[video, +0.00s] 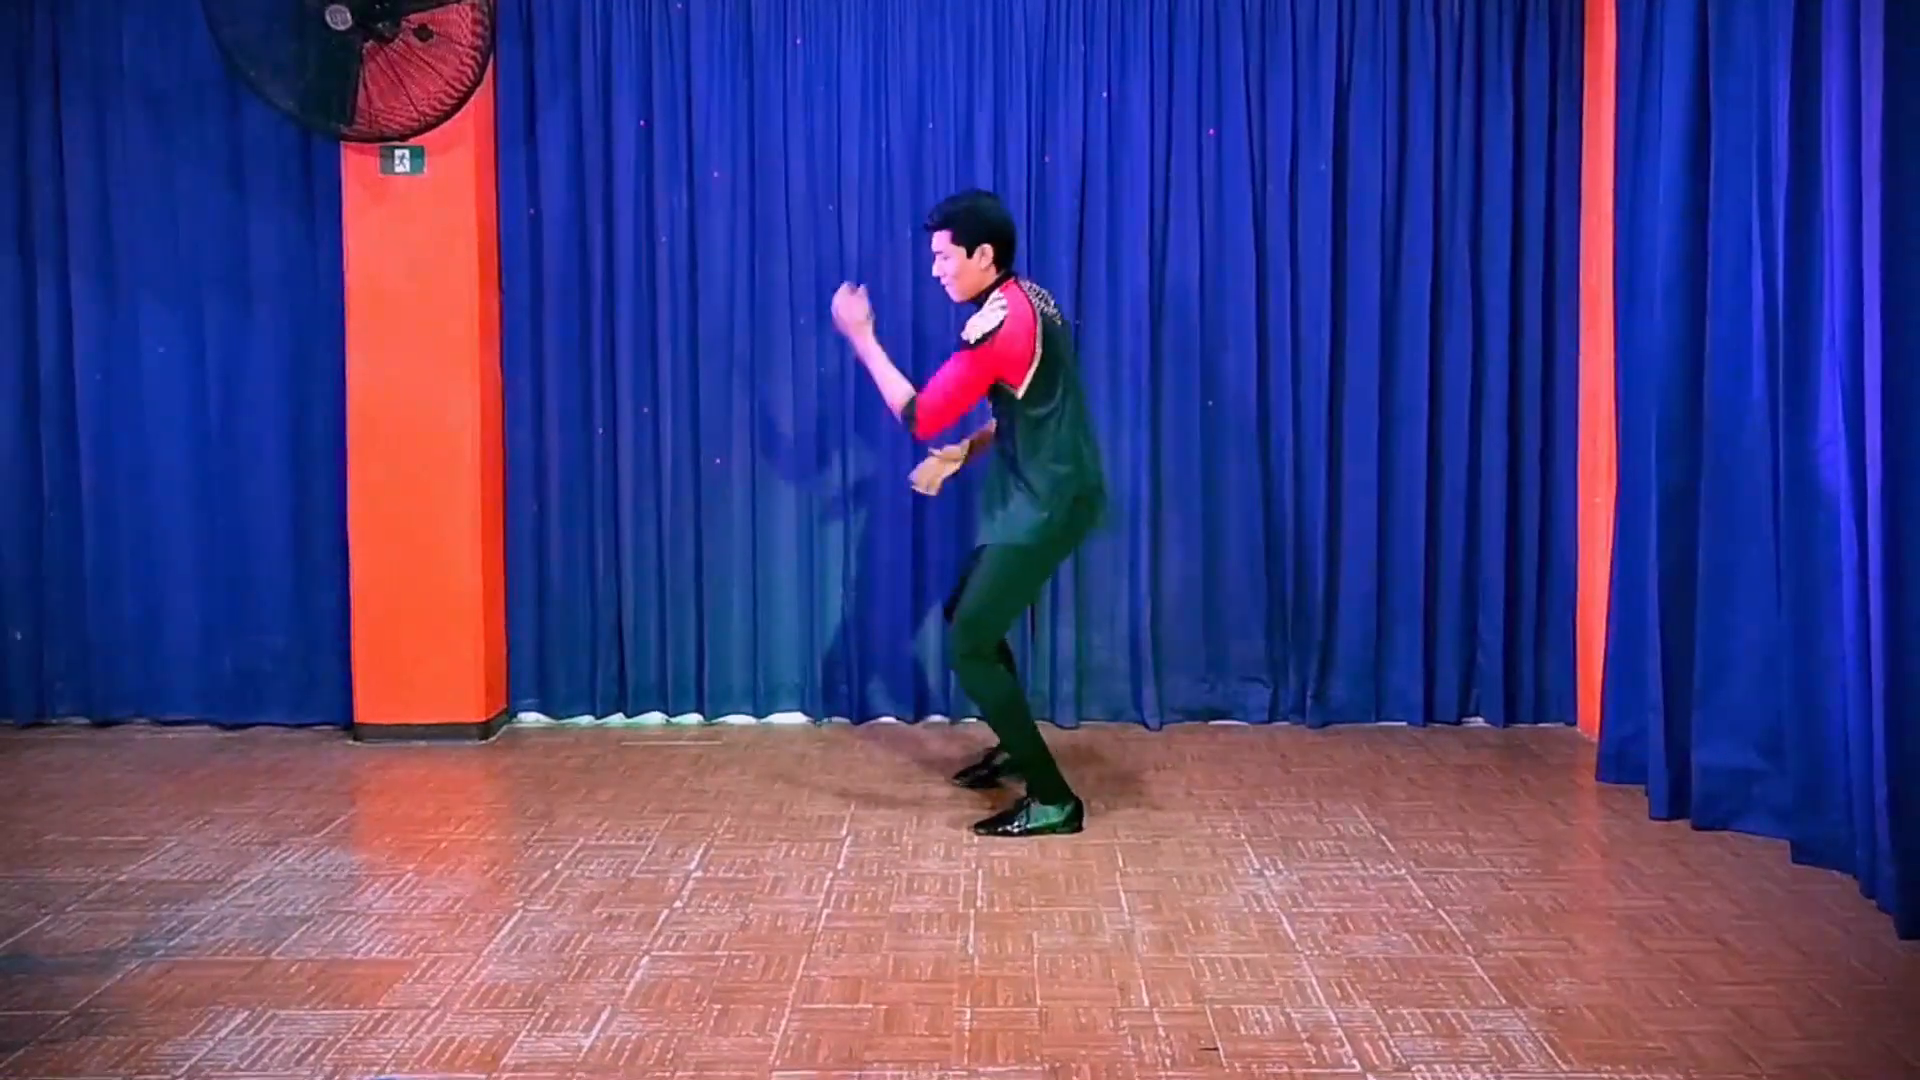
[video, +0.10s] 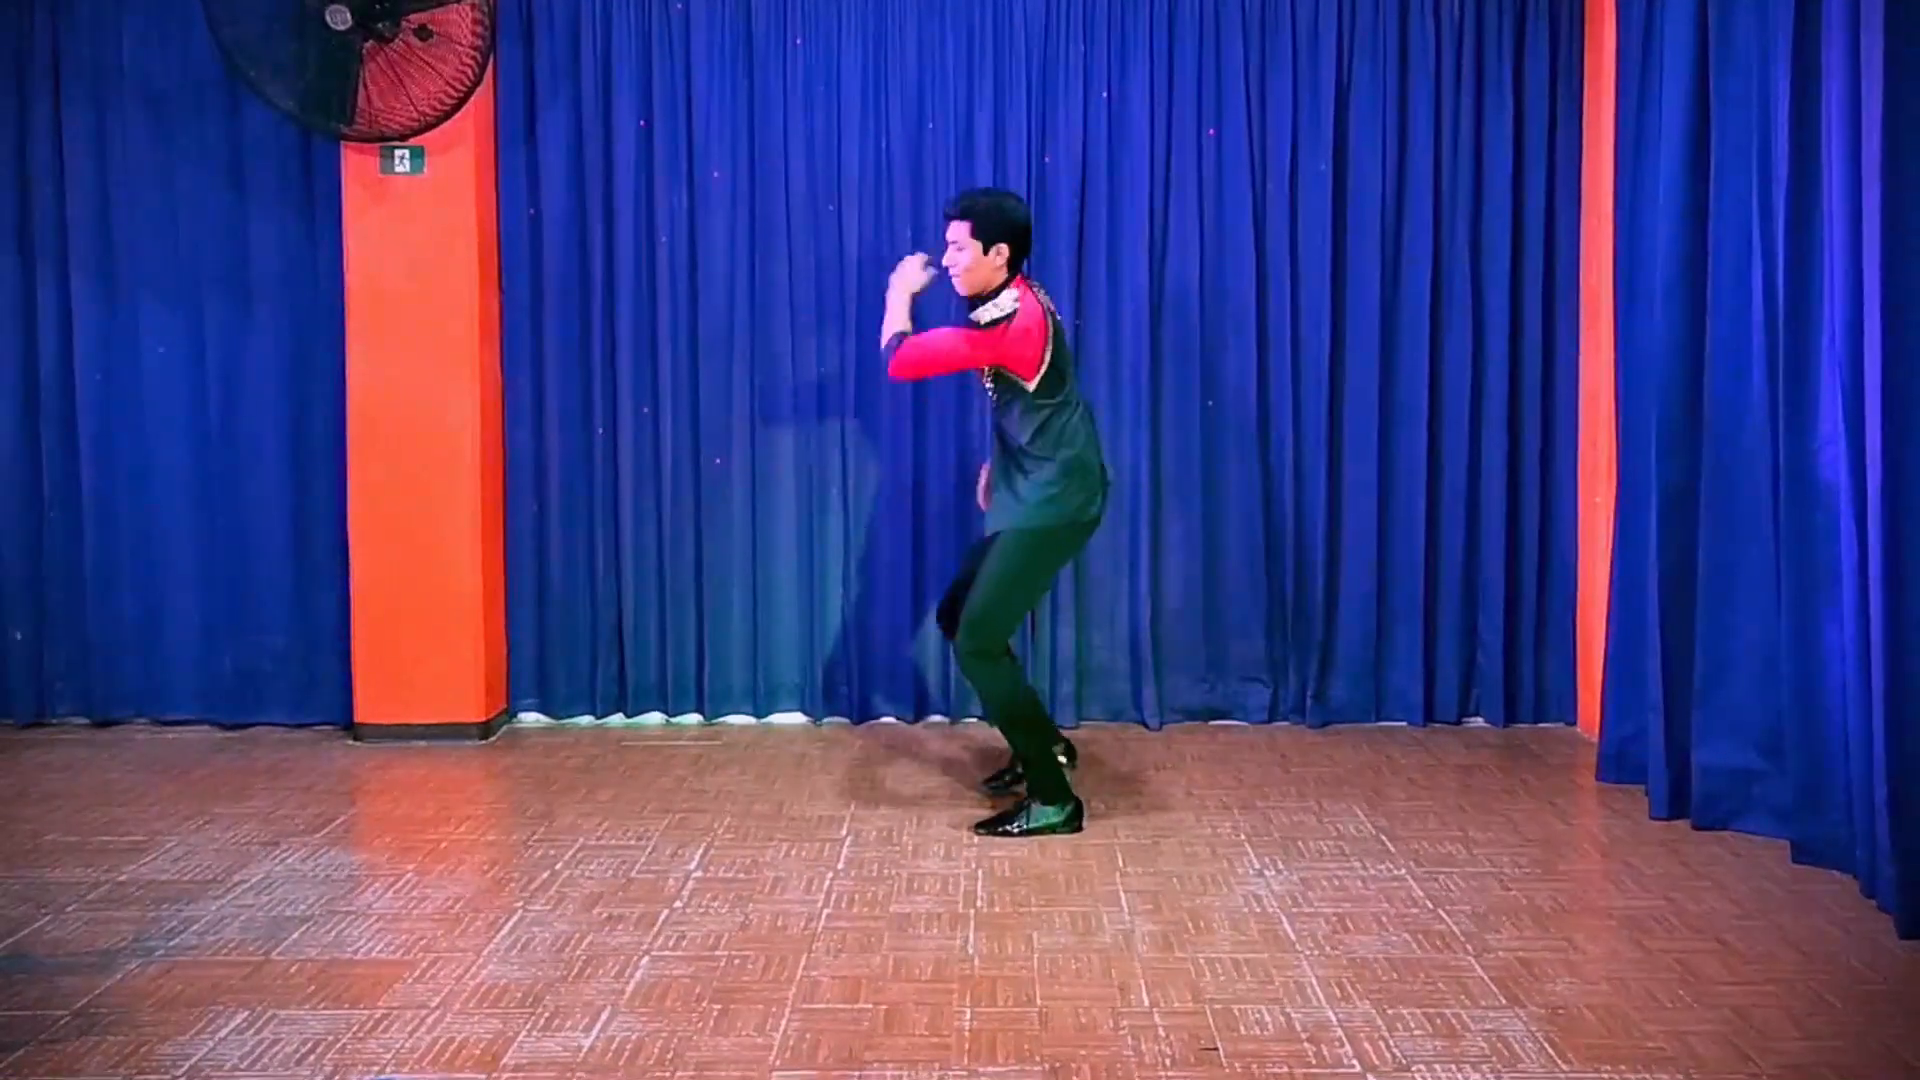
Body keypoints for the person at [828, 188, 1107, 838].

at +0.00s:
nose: (936, 268)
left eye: (946, 255)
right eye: (935, 255)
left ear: (987, 257)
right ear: (984, 259)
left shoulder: (1003, 325)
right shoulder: (1024, 300)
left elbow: (922, 419)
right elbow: (1026, 411)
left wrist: (861, 336)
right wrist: (962, 453)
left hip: (1053, 500)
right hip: (1041, 488)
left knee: (970, 642)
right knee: (964, 614)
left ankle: (1053, 800)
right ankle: (1020, 745)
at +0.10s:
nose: (948, 260)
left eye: (960, 249)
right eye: (948, 247)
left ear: (1002, 256)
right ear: (989, 256)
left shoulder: (1018, 322)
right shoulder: (1005, 298)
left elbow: (901, 360)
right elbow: (1025, 397)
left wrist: (899, 294)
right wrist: (1000, 463)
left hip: (1061, 499)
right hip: (1032, 490)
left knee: (977, 639)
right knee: (957, 615)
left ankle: (1052, 801)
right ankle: (1042, 746)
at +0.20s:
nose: (949, 257)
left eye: (966, 251)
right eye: (953, 243)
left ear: (1004, 272)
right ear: (978, 263)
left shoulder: (1018, 323)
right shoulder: (1002, 305)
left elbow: (925, 382)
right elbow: (1034, 403)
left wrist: (936, 328)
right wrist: (1012, 473)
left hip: (1061, 503)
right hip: (1035, 496)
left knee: (978, 642)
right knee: (964, 637)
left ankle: (1055, 795)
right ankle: (1045, 768)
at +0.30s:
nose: (926, 277)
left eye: (939, 263)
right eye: (929, 263)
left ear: (980, 273)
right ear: (978, 275)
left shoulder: (1002, 335)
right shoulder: (1007, 320)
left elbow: (973, 452)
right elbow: (1031, 439)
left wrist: (949, 409)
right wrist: (979, 486)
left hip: (1064, 510)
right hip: (1056, 503)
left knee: (972, 644)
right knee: (975, 638)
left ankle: (1056, 793)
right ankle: (1043, 775)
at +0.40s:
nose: (932, 356)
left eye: (924, 341)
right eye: (923, 347)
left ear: (936, 313)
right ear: (958, 306)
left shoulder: (999, 345)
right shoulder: (1013, 320)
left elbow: (1047, 428)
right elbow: (1021, 424)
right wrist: (974, 460)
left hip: (1065, 510)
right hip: (1070, 501)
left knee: (969, 641)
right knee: (977, 635)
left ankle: (1050, 790)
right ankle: (1051, 775)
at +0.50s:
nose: (950, 360)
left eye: (943, 350)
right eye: (940, 357)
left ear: (955, 316)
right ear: (957, 312)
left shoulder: (1020, 331)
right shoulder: (1001, 326)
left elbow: (1093, 369)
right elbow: (1015, 388)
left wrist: (1076, 462)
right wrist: (996, 445)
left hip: (1065, 508)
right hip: (1044, 505)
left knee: (968, 636)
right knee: (977, 633)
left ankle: (1050, 788)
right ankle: (1051, 774)